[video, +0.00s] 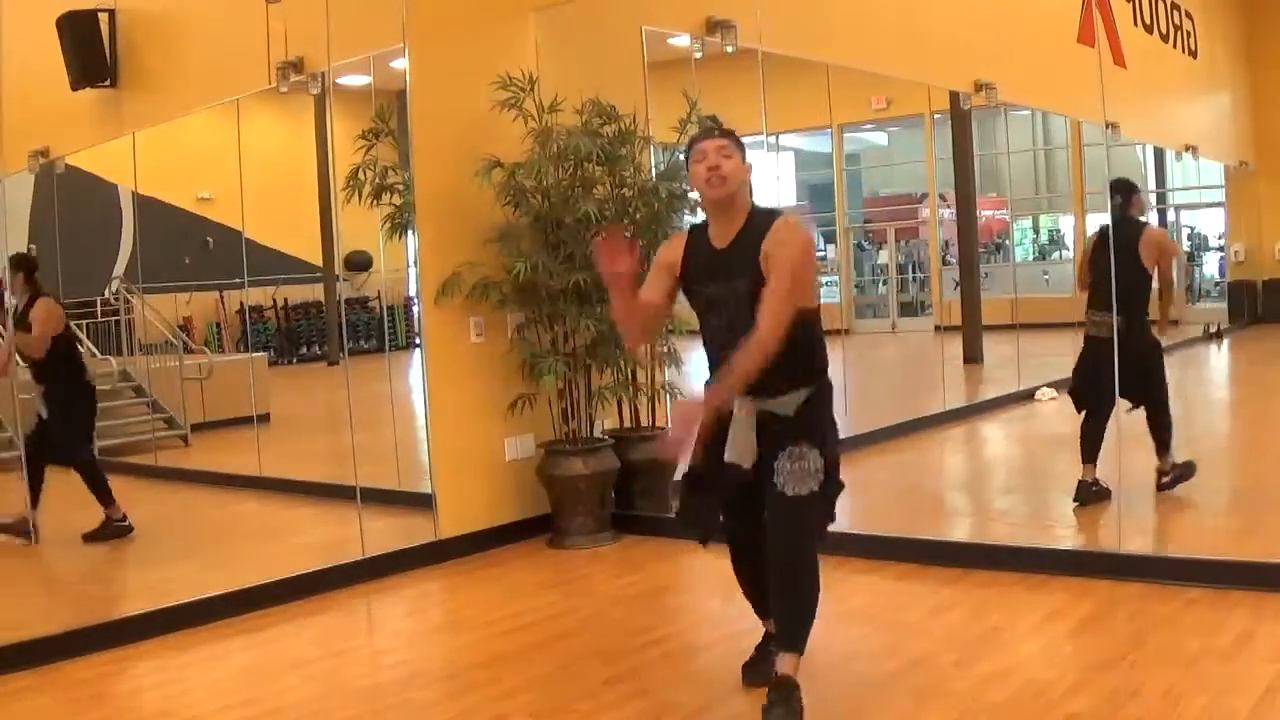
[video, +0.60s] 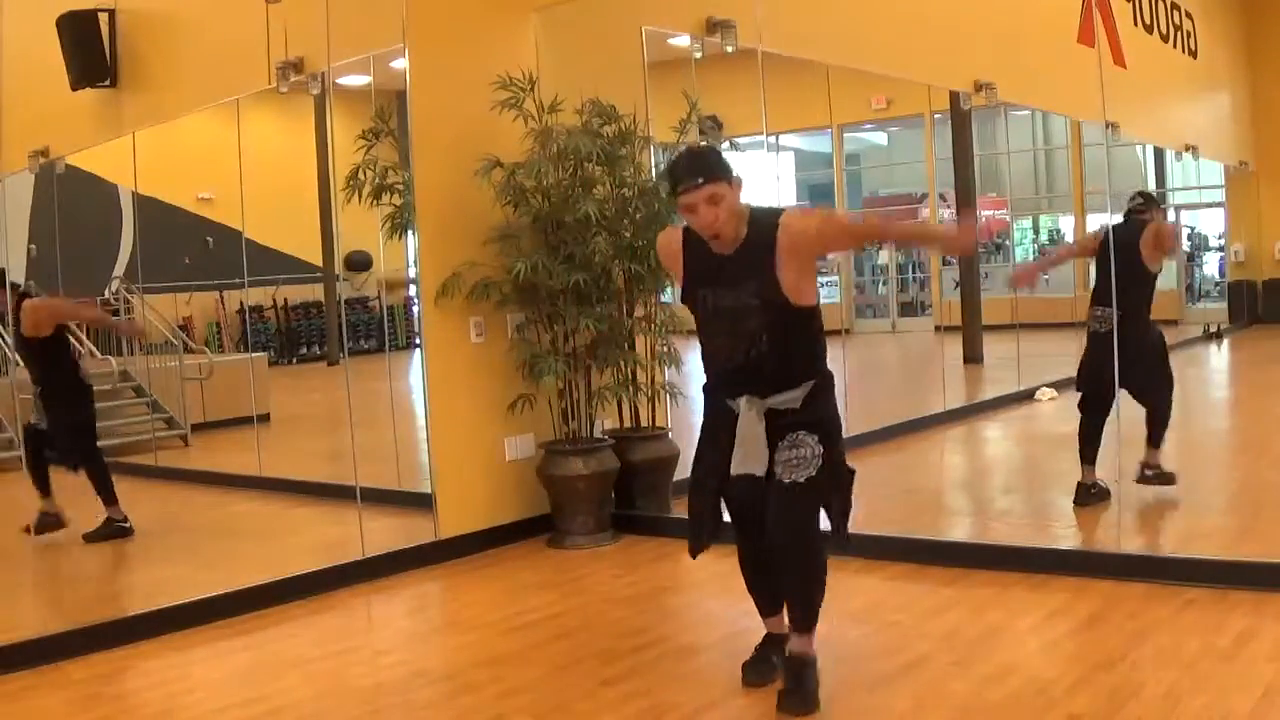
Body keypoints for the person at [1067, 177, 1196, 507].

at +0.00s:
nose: (1145, 200)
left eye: (1141, 195)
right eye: (1141, 195)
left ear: (1114, 203)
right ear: (1133, 200)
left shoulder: (1098, 238)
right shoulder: (1154, 236)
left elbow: (1083, 283)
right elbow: (1165, 285)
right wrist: (1163, 324)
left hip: (1097, 342)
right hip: (1135, 340)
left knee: (1097, 408)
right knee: (1156, 402)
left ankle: (1087, 480)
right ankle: (1165, 469)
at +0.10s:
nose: (1137, 199)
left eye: (1133, 195)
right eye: (1135, 195)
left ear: (1105, 200)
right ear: (1129, 198)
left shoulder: (1089, 233)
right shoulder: (1149, 232)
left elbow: (1084, 276)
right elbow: (1153, 266)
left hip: (1093, 335)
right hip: (1131, 334)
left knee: (1090, 407)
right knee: (1138, 399)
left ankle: (1086, 481)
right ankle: (1128, 473)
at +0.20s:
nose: (1134, 201)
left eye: (1131, 196)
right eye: (1132, 196)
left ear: (1103, 200)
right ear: (1126, 199)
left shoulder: (1086, 233)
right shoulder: (1143, 232)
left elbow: (1085, 270)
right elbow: (1158, 249)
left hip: (1090, 335)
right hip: (1126, 333)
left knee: (1088, 405)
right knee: (1127, 395)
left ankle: (1085, 482)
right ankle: (1106, 458)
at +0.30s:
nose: (1134, 202)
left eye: (1131, 197)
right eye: (1132, 197)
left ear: (1103, 199)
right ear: (1125, 197)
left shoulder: (1085, 231)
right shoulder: (1144, 232)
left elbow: (1083, 267)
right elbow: (1144, 269)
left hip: (1089, 331)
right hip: (1124, 329)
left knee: (1088, 402)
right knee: (1127, 382)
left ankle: (1088, 483)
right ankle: (1102, 438)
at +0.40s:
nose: (1137, 210)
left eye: (1134, 205)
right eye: (1136, 205)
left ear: (1107, 205)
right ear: (1132, 204)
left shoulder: (1087, 232)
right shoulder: (1147, 234)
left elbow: (1079, 280)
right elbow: (1153, 287)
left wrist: (1082, 322)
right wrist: (1151, 328)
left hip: (1090, 334)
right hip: (1126, 332)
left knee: (1089, 406)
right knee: (1131, 393)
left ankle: (1086, 481)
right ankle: (1108, 432)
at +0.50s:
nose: (1146, 218)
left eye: (1145, 214)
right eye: (1146, 213)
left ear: (1114, 211)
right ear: (1140, 211)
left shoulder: (1089, 241)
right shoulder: (1147, 234)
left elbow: (1068, 285)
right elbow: (1167, 279)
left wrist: (1051, 324)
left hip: (1092, 337)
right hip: (1131, 334)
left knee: (1090, 407)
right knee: (1146, 390)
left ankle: (1087, 482)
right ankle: (1122, 444)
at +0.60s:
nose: (1163, 218)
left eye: (1161, 213)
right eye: (1161, 213)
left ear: (1129, 213)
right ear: (1153, 212)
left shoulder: (1105, 235)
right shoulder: (1154, 230)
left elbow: (1067, 251)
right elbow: (1167, 244)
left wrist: (1035, 267)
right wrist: (1171, 239)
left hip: (1099, 336)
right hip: (1136, 336)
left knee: (1094, 405)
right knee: (1160, 394)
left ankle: (1087, 482)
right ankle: (1151, 464)